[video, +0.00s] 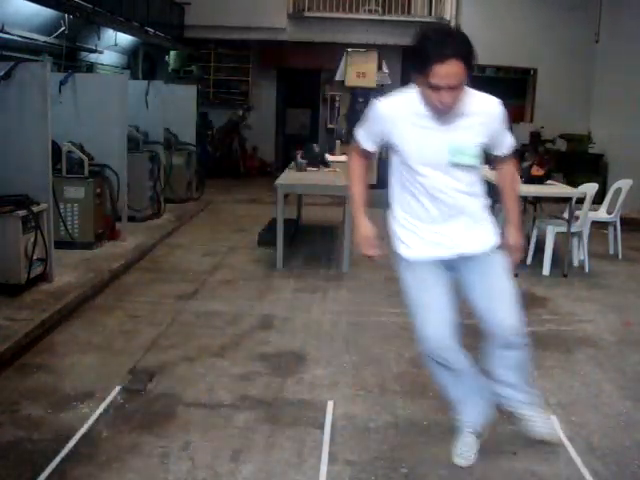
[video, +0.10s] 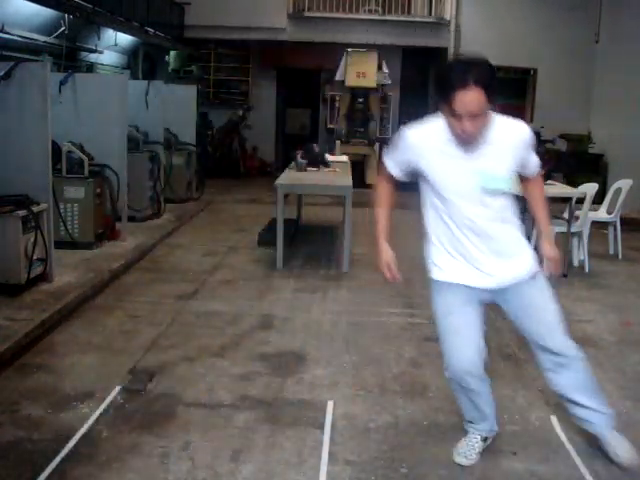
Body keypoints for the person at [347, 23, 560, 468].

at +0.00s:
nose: (444, 98)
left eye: (454, 87)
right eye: (435, 88)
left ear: (467, 76)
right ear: (418, 78)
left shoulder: (488, 111)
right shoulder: (388, 111)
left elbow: (505, 162)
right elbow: (359, 152)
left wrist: (513, 224)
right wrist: (360, 218)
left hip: (478, 240)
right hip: (417, 247)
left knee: (507, 326)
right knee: (435, 339)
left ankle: (519, 399)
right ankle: (472, 414)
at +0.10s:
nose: (466, 126)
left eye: (475, 116)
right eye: (457, 116)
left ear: (490, 105)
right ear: (444, 108)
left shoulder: (515, 135)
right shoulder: (416, 140)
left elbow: (533, 179)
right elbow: (385, 176)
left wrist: (547, 238)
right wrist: (383, 242)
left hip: (515, 269)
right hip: (452, 275)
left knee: (558, 348)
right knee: (462, 366)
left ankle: (603, 428)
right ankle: (480, 428)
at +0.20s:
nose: (479, 154)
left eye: (488, 144)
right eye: (471, 144)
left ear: (510, 133)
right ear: (463, 136)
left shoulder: (545, 162)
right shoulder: (446, 167)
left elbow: (562, 210)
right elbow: (424, 216)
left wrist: (572, 269)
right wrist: (404, 276)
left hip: (538, 286)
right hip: (475, 287)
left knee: (578, 362)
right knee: (460, 366)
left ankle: (610, 434)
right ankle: (476, 429)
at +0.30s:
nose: (471, 155)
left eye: (480, 146)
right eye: (465, 145)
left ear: (506, 135)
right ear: (458, 134)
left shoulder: (544, 163)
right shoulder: (446, 164)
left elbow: (567, 214)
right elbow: (436, 213)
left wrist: (577, 279)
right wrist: (420, 276)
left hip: (540, 285)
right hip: (477, 280)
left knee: (580, 361)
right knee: (444, 355)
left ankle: (610, 434)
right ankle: (459, 418)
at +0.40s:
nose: (448, 123)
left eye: (456, 114)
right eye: (440, 114)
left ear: (482, 103)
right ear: (432, 105)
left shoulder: (517, 136)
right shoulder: (419, 135)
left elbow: (540, 190)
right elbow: (409, 185)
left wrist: (555, 254)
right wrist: (409, 249)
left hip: (514, 270)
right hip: (450, 272)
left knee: (555, 349)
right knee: (440, 363)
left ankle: (601, 429)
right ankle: (459, 426)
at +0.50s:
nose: (420, 94)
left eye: (427, 83)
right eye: (413, 84)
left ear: (457, 73)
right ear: (405, 78)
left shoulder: (493, 114)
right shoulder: (395, 109)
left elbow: (515, 171)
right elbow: (380, 154)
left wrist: (523, 240)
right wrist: (382, 217)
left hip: (480, 249)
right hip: (418, 250)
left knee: (507, 336)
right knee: (428, 340)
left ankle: (531, 418)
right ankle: (453, 418)